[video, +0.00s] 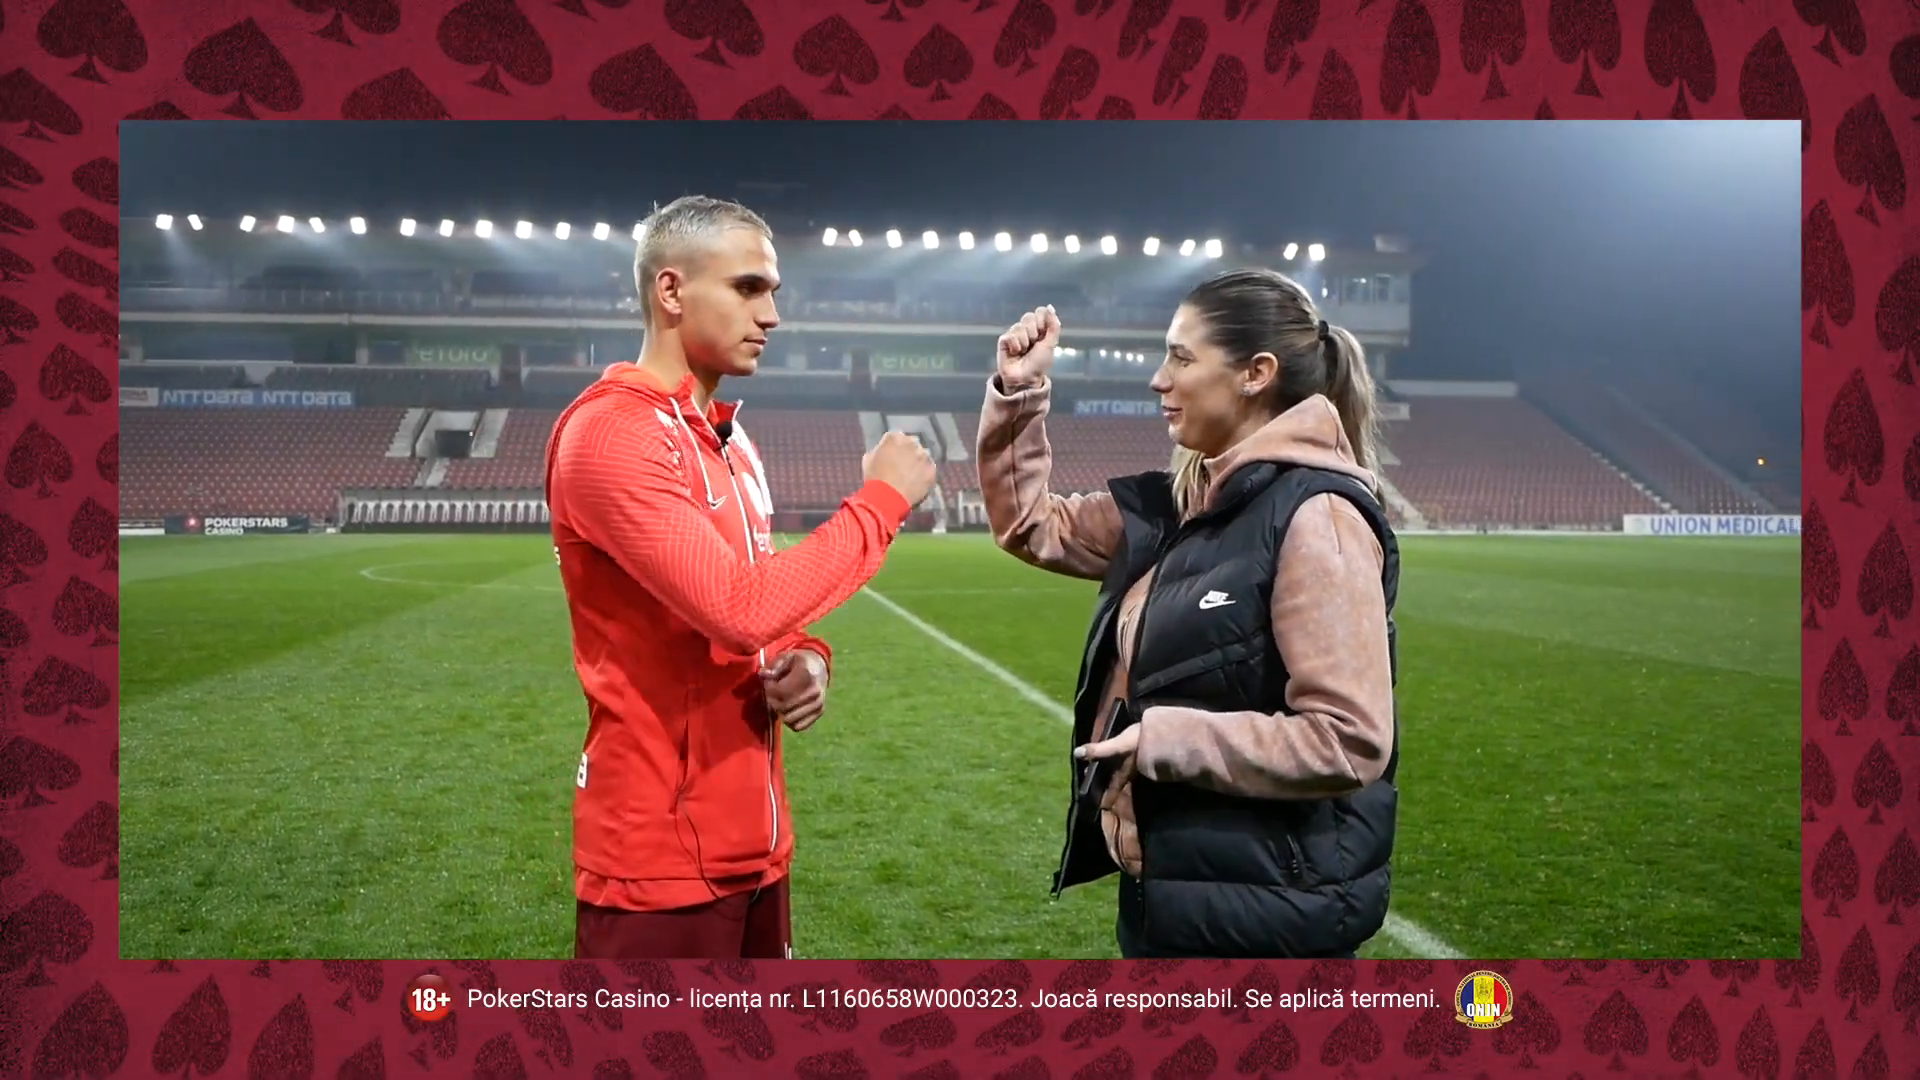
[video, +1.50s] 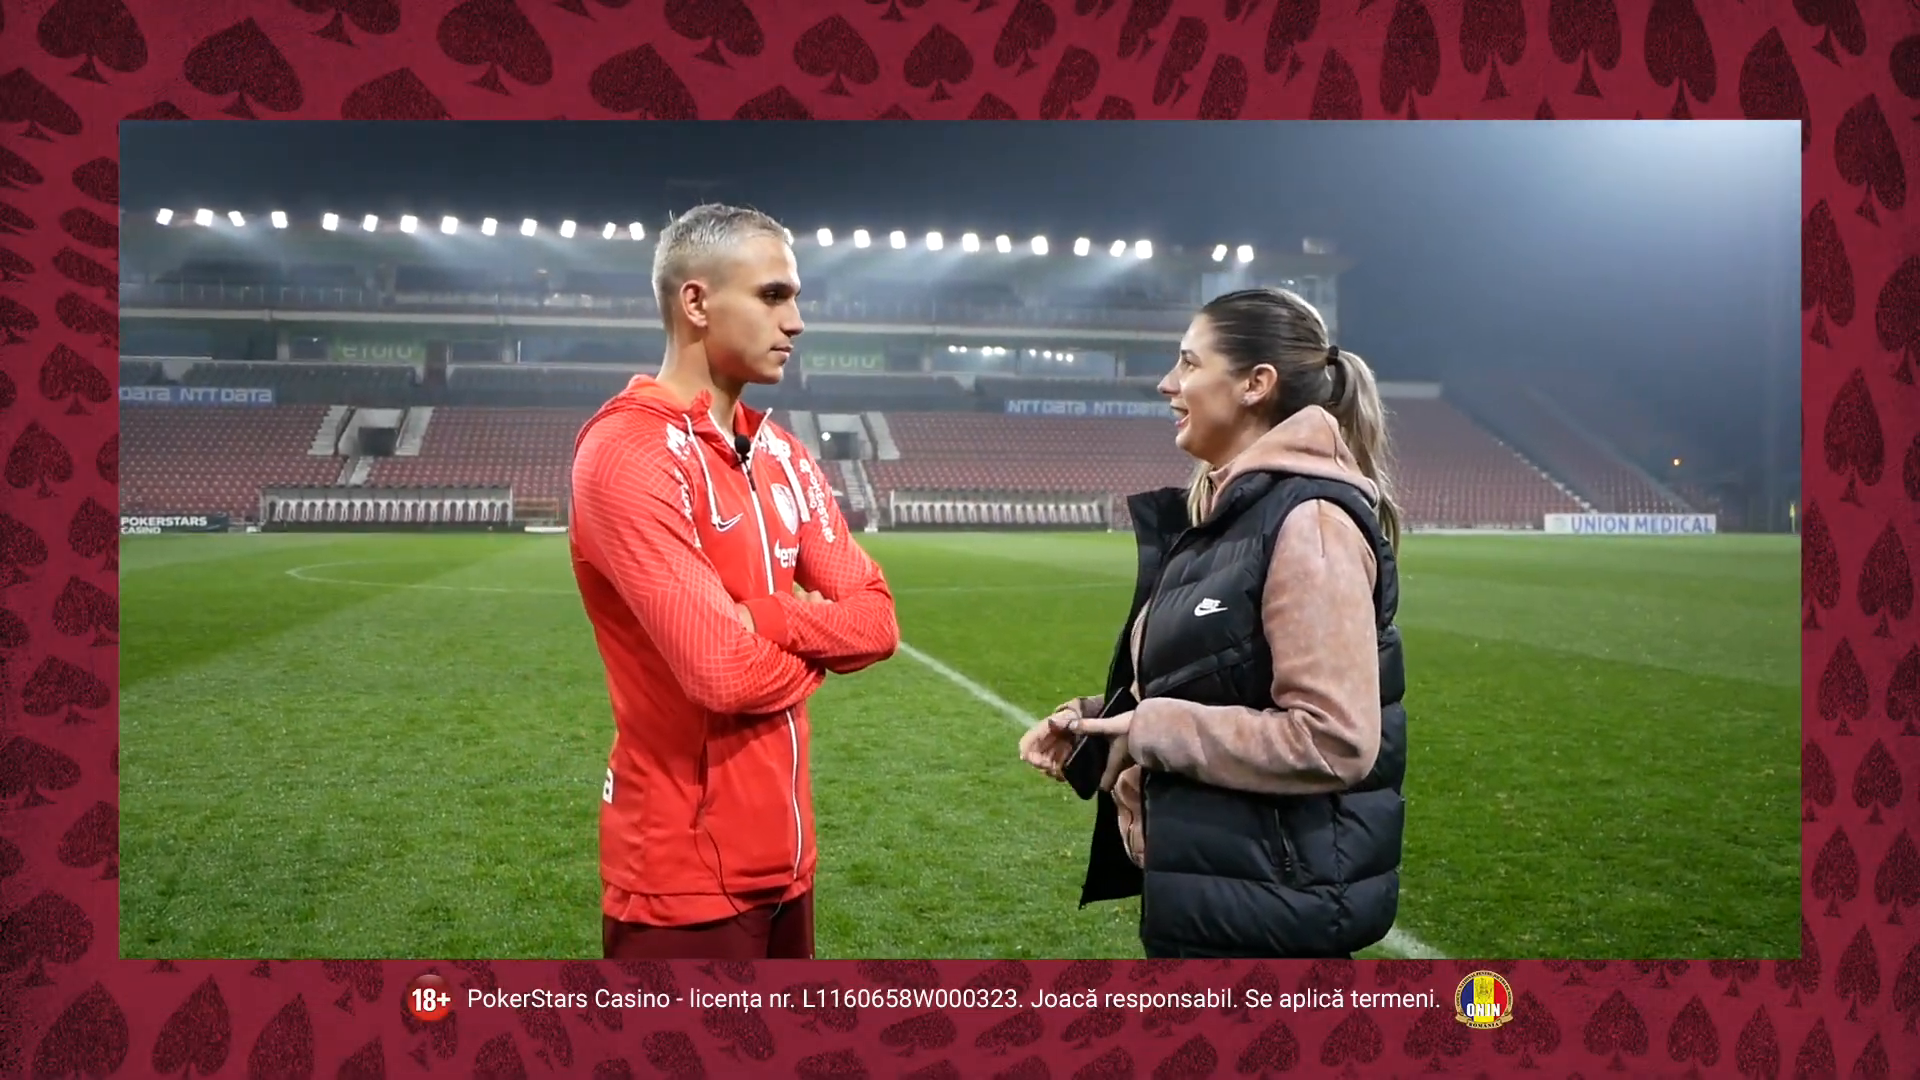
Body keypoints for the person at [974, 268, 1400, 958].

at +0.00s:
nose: (1159, 381)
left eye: (1180, 358)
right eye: (1166, 357)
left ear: (1256, 374)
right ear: (1252, 376)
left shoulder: (1318, 518)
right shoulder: (1190, 503)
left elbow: (1348, 740)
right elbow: (1032, 528)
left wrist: (1167, 738)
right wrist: (1017, 398)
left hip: (1259, 924)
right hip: (1173, 908)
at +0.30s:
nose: (1173, 375)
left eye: (1194, 353)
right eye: (1180, 354)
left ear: (1266, 369)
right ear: (1263, 371)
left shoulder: (1322, 517)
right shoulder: (1215, 505)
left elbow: (1339, 742)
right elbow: (1069, 574)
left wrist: (1153, 720)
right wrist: (1050, 450)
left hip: (1258, 918)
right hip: (1183, 906)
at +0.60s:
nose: (1174, 374)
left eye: (1195, 351)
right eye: (1183, 353)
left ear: (1265, 369)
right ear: (1257, 370)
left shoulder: (1314, 521)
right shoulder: (1223, 506)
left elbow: (1329, 743)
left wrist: (1149, 724)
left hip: (1253, 922)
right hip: (1187, 911)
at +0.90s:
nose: (1148, 363)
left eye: (1169, 340)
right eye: (1157, 341)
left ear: (1235, 364)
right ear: (1230, 366)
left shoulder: (1286, 509)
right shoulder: (1208, 497)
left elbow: (1310, 729)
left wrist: (1132, 718)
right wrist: (1108, 763)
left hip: (1258, 912)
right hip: (1200, 905)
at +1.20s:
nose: (1148, 375)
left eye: (1170, 354)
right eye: (1158, 354)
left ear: (1237, 377)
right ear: (1232, 378)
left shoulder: (1289, 517)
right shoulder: (1218, 504)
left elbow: (1314, 735)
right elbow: (1202, 689)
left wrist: (1138, 726)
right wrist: (1102, 789)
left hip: (1258, 911)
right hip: (1207, 903)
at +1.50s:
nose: (1166, 385)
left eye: (1189, 364)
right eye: (1176, 364)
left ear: (1257, 384)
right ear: (1250, 384)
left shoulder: (1311, 523)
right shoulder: (1230, 512)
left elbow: (1333, 740)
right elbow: (1220, 695)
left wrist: (1157, 730)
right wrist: (1099, 725)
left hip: (1269, 919)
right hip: (1211, 909)